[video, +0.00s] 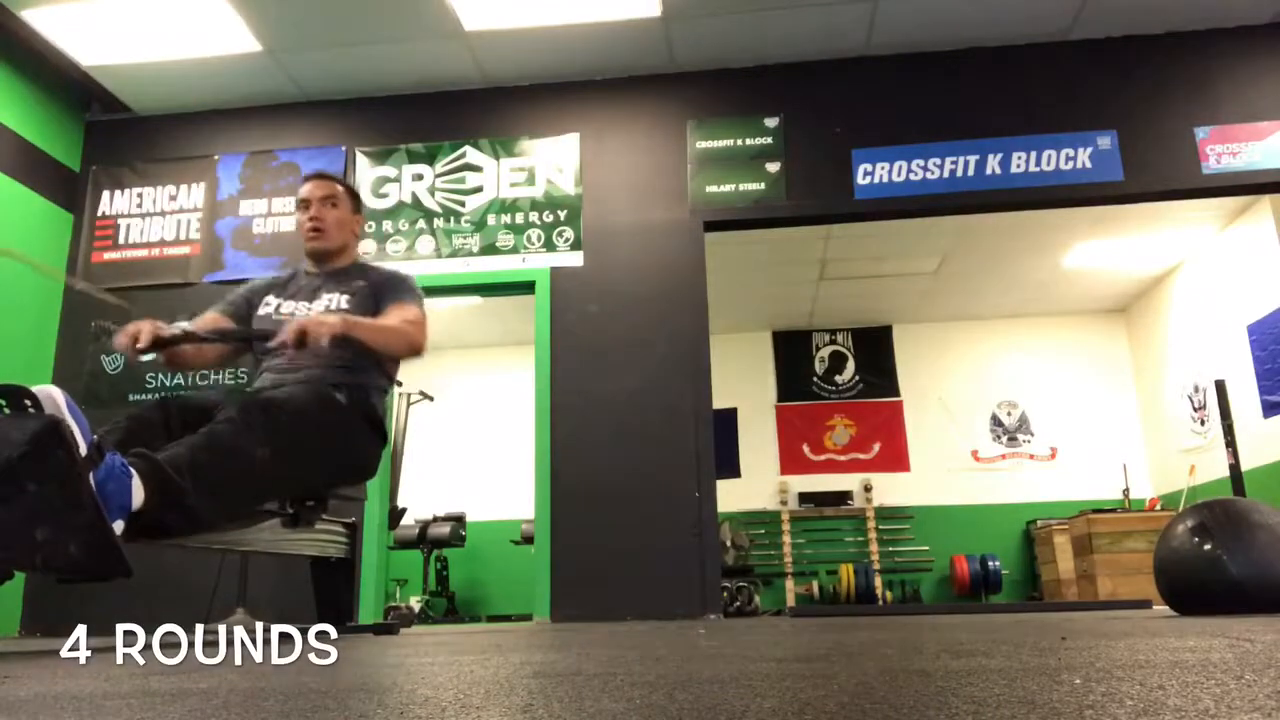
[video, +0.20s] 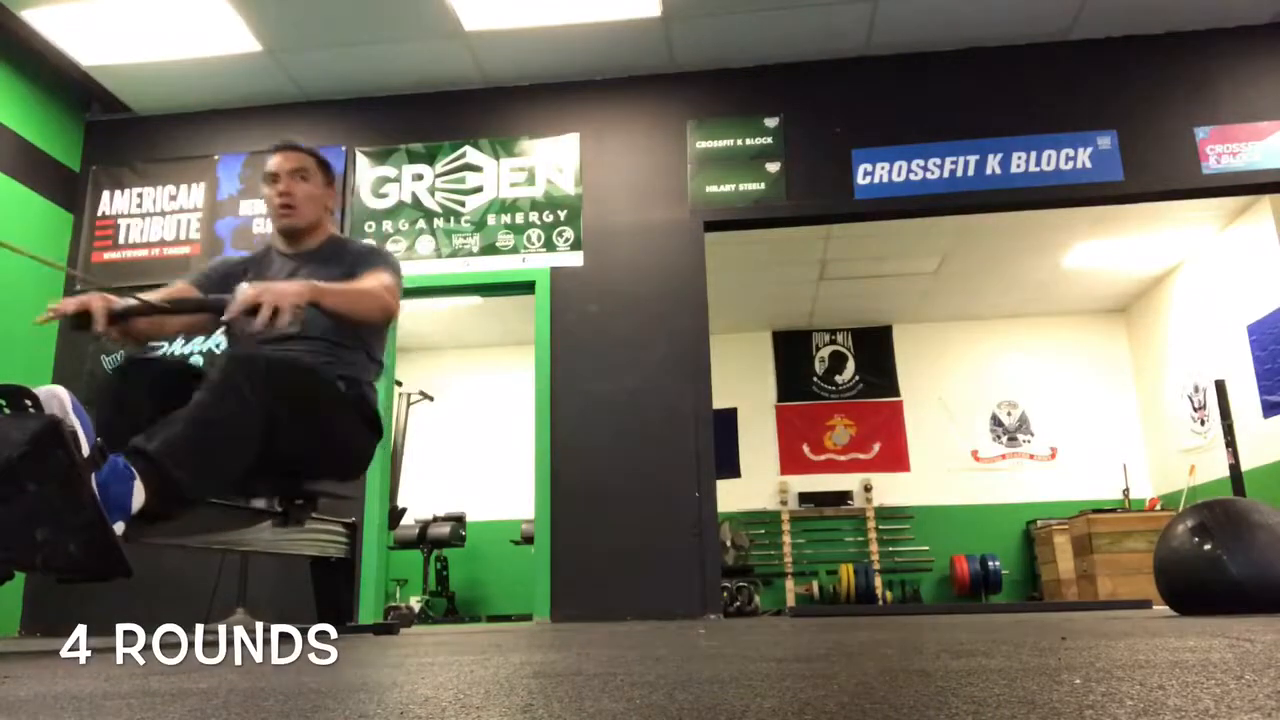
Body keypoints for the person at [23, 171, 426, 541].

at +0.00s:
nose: (314, 214)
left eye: (330, 204)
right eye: (305, 207)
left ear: (358, 222)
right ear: (298, 224)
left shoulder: (386, 281)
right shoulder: (270, 291)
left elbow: (412, 337)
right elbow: (206, 340)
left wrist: (343, 325)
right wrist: (165, 337)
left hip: (343, 410)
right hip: (266, 403)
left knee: (249, 429)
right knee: (171, 414)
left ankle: (130, 490)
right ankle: (92, 454)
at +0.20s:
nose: (282, 189)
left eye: (300, 178)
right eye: (273, 180)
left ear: (332, 197)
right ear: (264, 195)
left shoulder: (367, 259)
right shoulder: (245, 270)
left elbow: (382, 304)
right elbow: (160, 312)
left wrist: (307, 291)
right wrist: (111, 309)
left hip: (337, 418)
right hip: (244, 407)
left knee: (245, 372)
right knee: (142, 375)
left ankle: (126, 490)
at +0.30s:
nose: (259, 175)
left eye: (277, 163)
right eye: (249, 166)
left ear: (311, 182)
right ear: (240, 183)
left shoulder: (344, 244)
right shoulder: (227, 255)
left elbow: (364, 289)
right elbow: (145, 294)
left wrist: (275, 279)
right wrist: (80, 296)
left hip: (325, 422)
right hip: (231, 419)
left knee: (245, 342)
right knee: (129, 340)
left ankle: (126, 486)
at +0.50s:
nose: (193, 133)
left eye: (213, 118)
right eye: (182, 122)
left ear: (253, 139)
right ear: (171, 141)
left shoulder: (294, 203)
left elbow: (313, 250)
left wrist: (190, 242)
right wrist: (113, 263)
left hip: (286, 411)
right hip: (178, 410)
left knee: (220, 282)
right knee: (79, 289)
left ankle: (125, 470)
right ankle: (14, 442)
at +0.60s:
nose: (153, 109)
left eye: (175, 94)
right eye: (141, 98)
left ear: (220, 118)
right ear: (130, 119)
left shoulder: (267, 178)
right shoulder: (108, 193)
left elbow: (273, 227)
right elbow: (17, 230)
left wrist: (137, 216)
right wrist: (68, 238)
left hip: (263, 407)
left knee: (208, 257)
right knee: (44, 265)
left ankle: (123, 461)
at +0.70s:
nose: (117, 89)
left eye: (140, 73)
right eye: (103, 78)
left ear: (189, 98)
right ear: (92, 100)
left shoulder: (238, 161)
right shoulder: (74, 178)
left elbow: (237, 201)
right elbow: (15, 194)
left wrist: (76, 187)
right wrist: (11, 213)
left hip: (241, 400)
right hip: (115, 391)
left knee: (194, 230)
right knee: (33, 241)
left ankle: (124, 455)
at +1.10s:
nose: (166, 91)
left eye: (191, 79)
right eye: (158, 81)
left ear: (234, 110)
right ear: (145, 107)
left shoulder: (271, 174)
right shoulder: (120, 187)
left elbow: (244, 218)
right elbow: (31, 222)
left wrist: (122, 179)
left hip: (250, 396)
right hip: (135, 388)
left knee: (187, 243)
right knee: (49, 253)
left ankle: (117, 458)